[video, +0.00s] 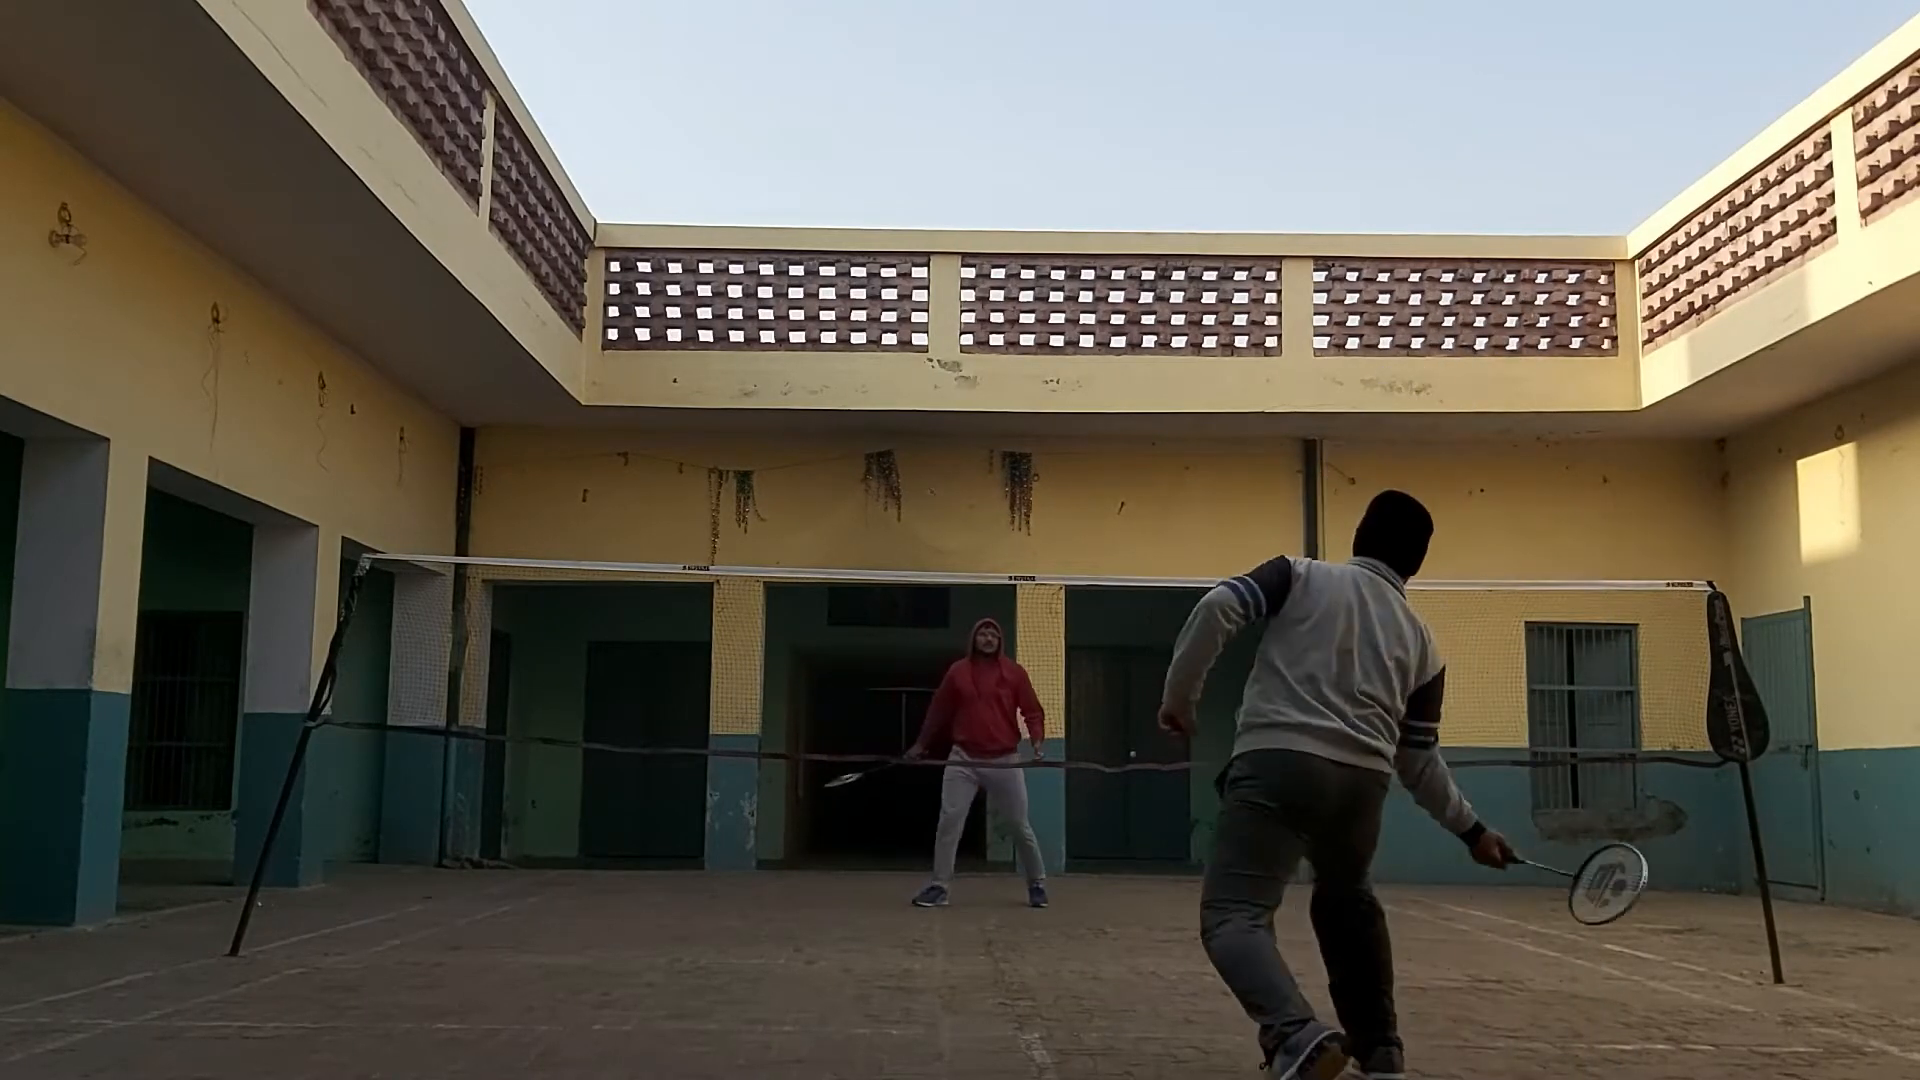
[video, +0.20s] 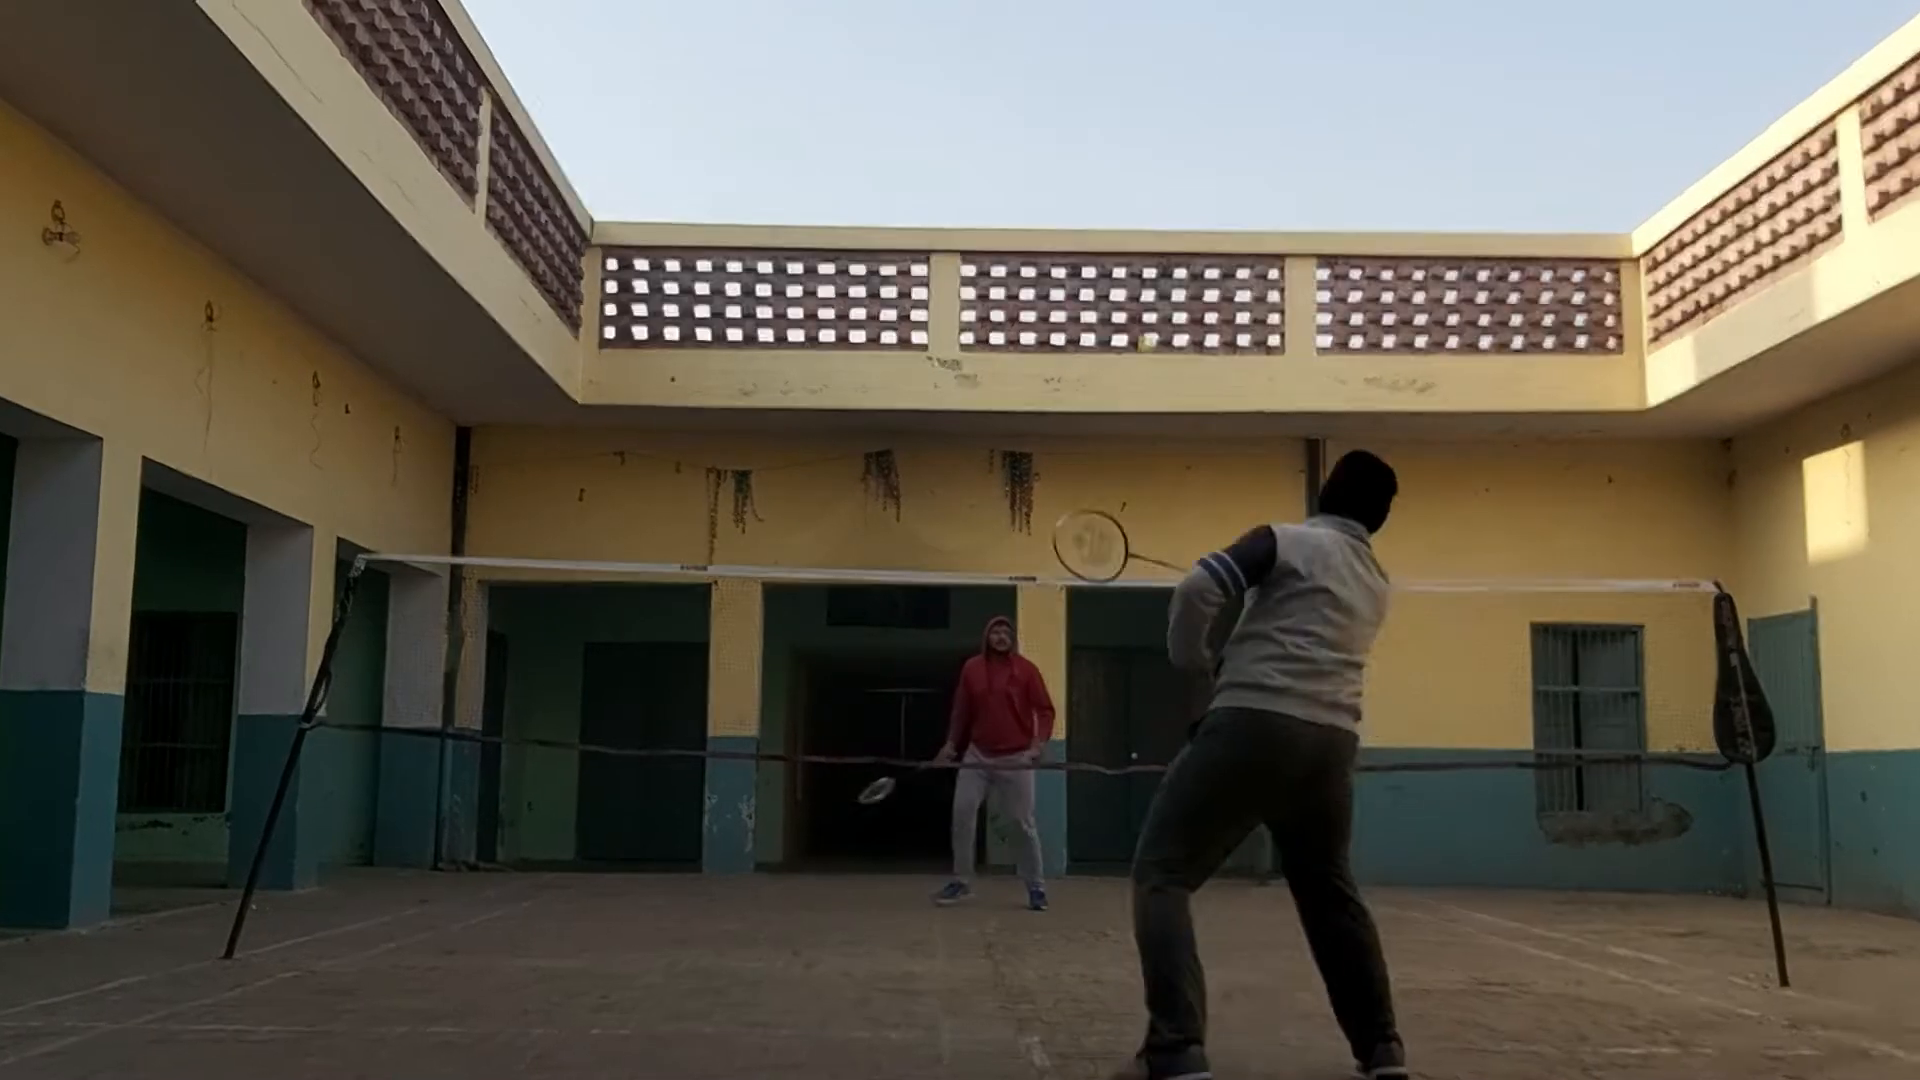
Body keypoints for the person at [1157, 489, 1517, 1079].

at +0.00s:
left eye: (1360, 534)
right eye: (1413, 552)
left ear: (1356, 539)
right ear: (1416, 562)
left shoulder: (1300, 574)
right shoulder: (1421, 645)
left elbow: (1220, 604)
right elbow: (1418, 759)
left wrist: (1178, 698)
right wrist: (1474, 830)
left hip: (1274, 757)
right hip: (1362, 782)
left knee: (1235, 916)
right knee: (1346, 895)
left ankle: (1296, 1035)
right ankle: (1379, 1050)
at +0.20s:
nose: (1322, 494)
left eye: (1327, 487)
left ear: (1324, 494)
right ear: (1380, 516)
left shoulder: (1283, 540)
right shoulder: (1377, 582)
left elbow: (1200, 586)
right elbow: (1319, 640)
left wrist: (1187, 665)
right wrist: (1236, 659)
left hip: (1248, 727)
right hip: (1330, 743)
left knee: (1161, 875)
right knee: (1328, 885)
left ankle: (1176, 1048)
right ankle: (1381, 1049)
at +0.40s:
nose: (1218, 499)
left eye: (1220, 488)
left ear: (1220, 496)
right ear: (1281, 501)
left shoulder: (1196, 557)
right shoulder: (1298, 559)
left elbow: (1105, 613)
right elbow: (1240, 547)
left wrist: (1153, 570)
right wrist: (1180, 526)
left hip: (1201, 749)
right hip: (1287, 754)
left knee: (1111, 885)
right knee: (1312, 891)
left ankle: (1066, 1037)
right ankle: (1377, 1044)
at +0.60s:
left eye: (1125, 479)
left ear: (1117, 487)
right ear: (1183, 489)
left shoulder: (1083, 561)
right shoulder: (1220, 553)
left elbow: (1020, 643)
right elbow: (1209, 629)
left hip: (1131, 751)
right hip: (1228, 746)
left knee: (1086, 894)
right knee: (1272, 885)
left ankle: (1073, 1043)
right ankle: (1324, 1040)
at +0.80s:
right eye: (1123, 455)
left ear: (1066, 465)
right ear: (1133, 463)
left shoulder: (1046, 538)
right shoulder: (1181, 528)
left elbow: (1003, 634)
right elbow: (1214, 630)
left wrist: (959, 720)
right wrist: (1174, 675)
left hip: (1094, 730)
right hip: (1189, 724)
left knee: (1090, 885)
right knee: (1205, 881)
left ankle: (1073, 1046)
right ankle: (1169, 1010)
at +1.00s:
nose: (1057, 474)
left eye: (1055, 463)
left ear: (1057, 466)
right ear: (1122, 466)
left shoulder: (1045, 516)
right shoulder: (1171, 535)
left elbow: (1046, 590)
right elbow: (1210, 646)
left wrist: (1048, 661)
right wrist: (1173, 716)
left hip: (1052, 723)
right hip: (1148, 726)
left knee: (1042, 897)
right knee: (1140, 908)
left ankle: (1047, 1049)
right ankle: (1122, 1064)